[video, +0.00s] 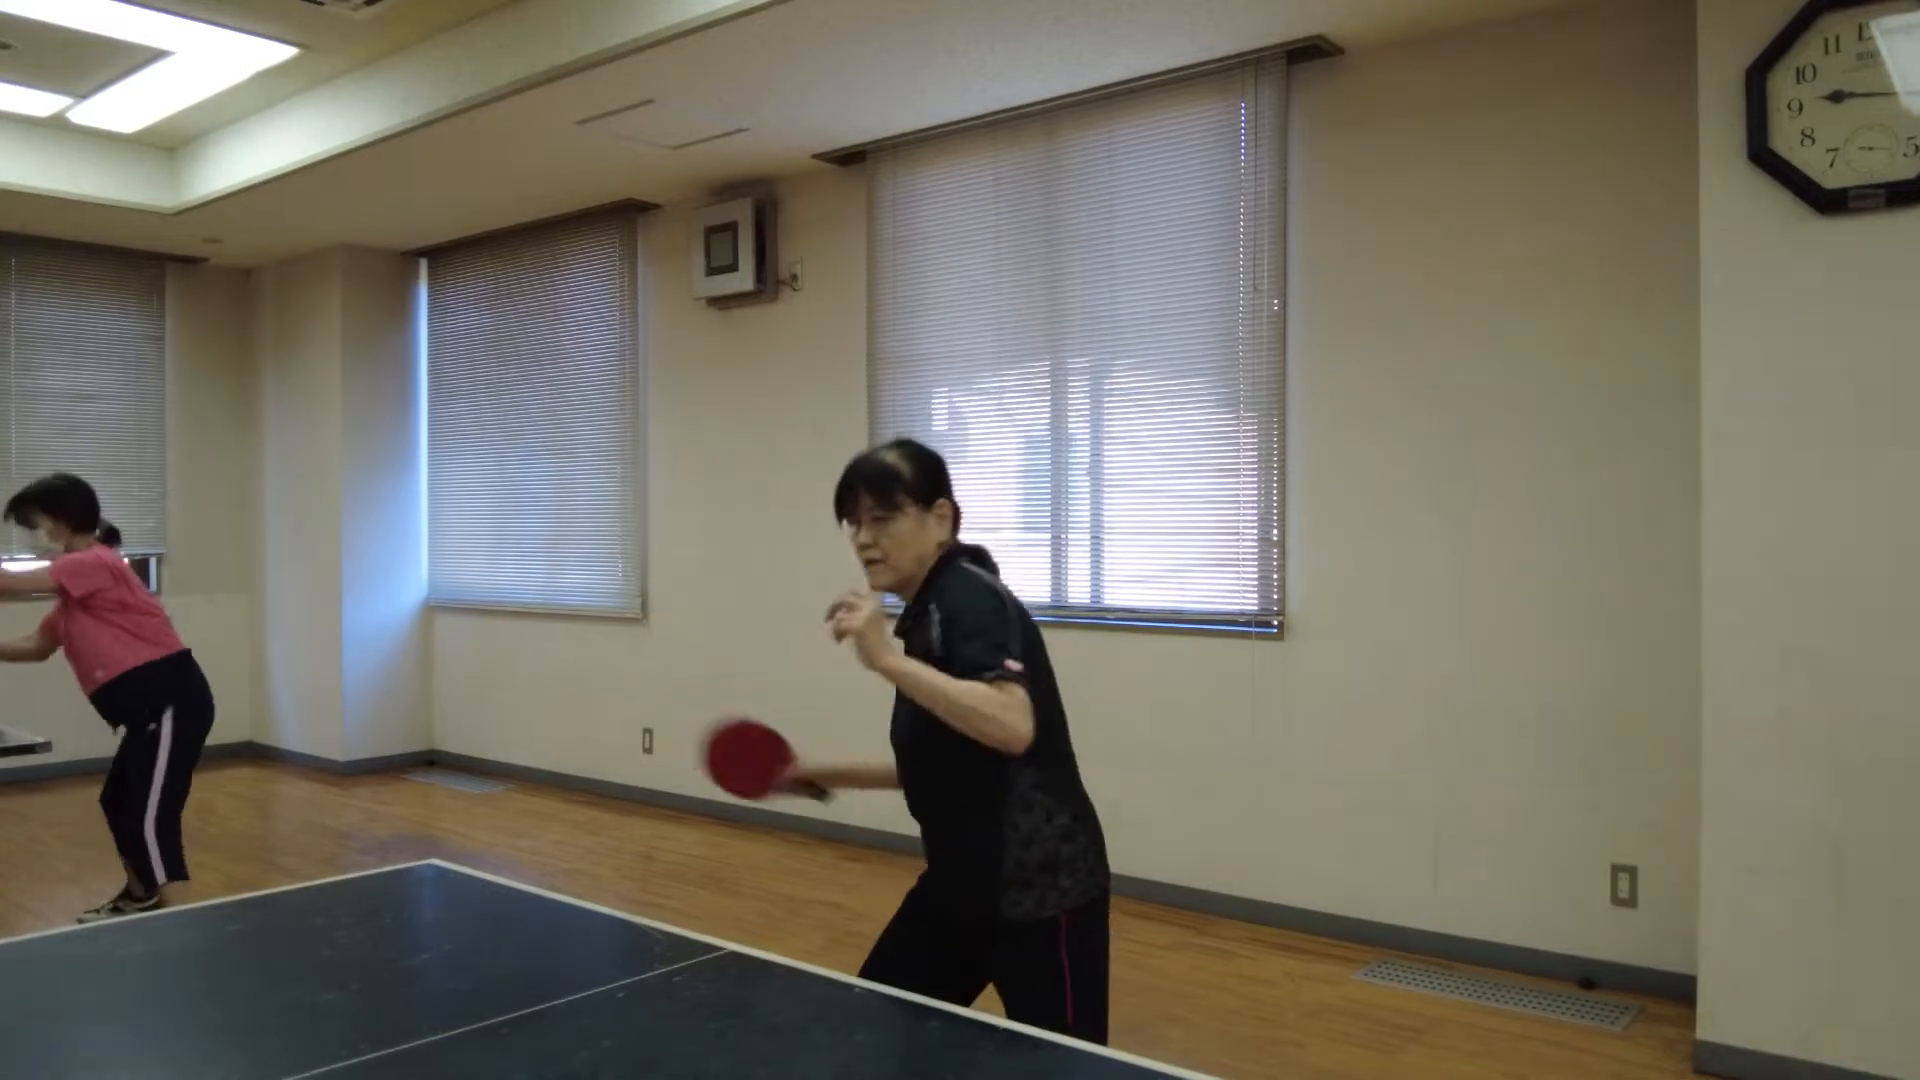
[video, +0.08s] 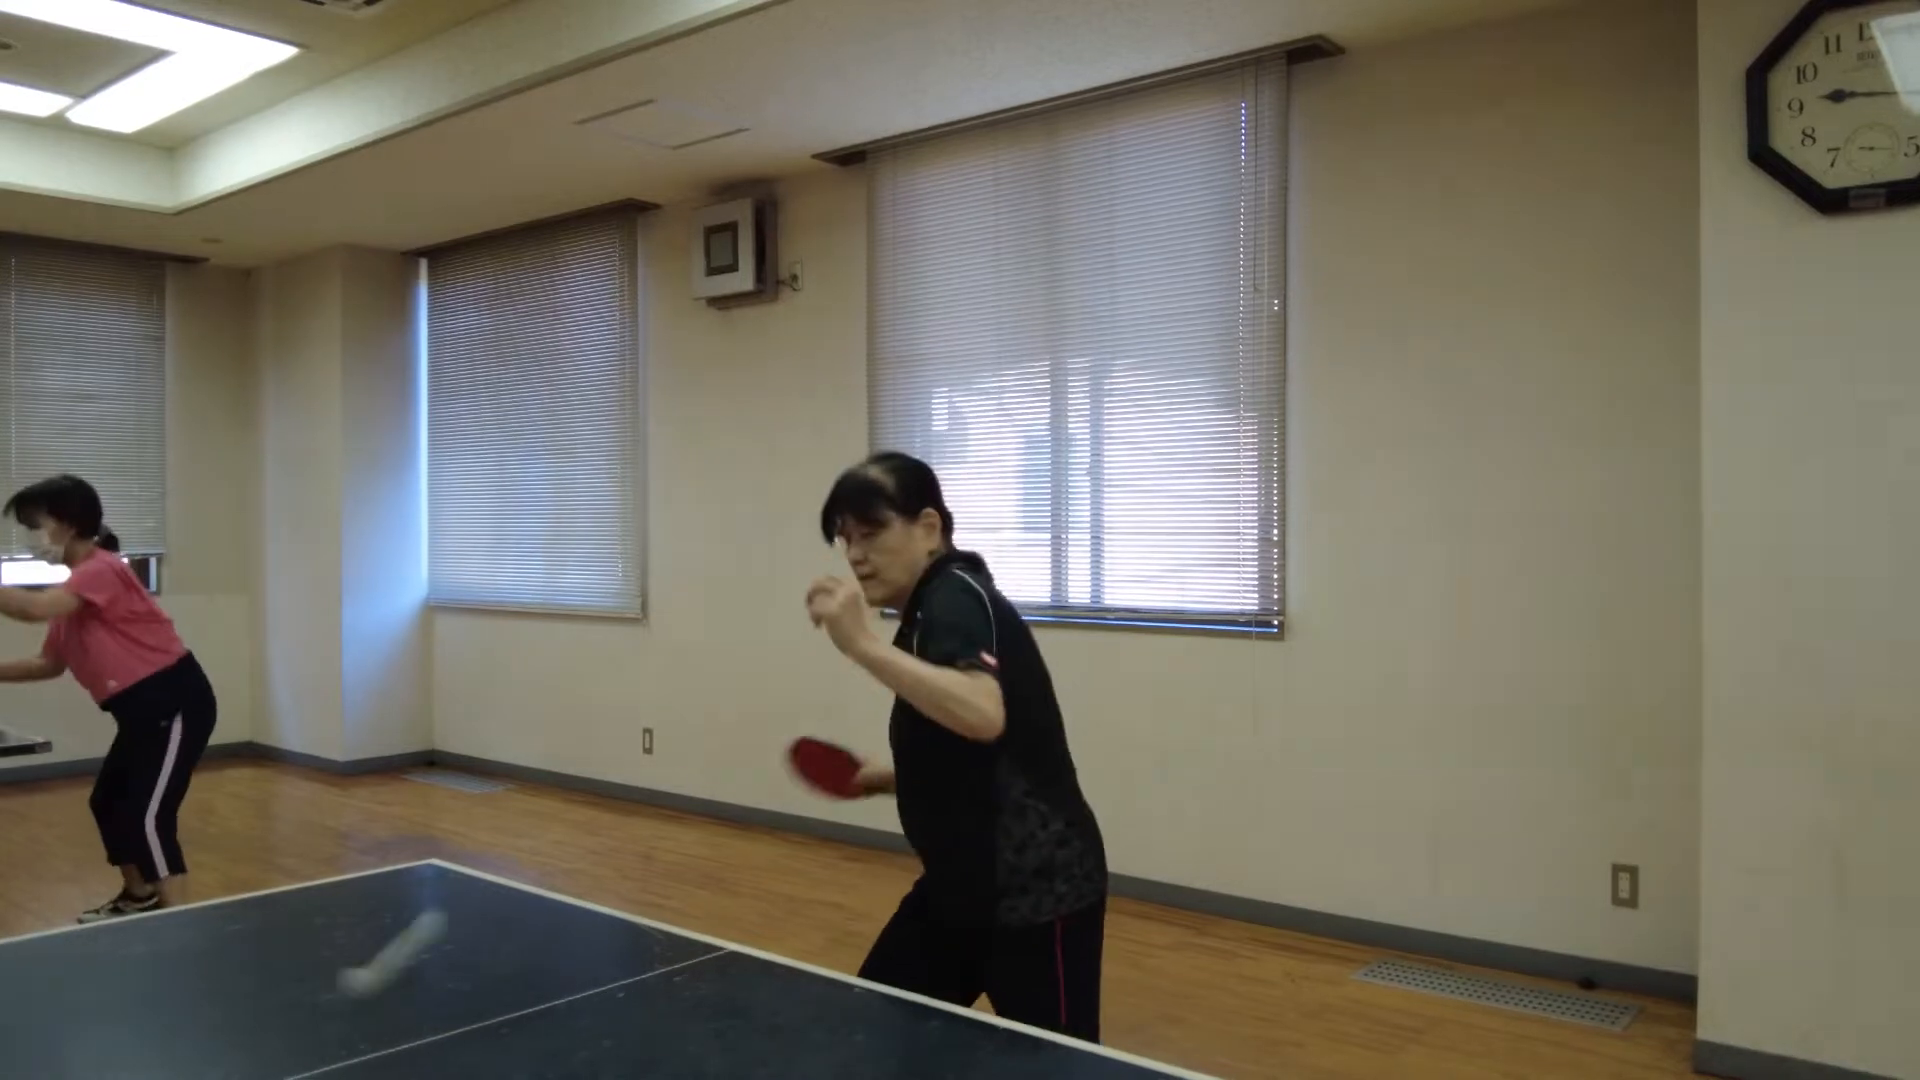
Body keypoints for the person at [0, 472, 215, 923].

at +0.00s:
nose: (39, 534)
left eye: (40, 522)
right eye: (35, 525)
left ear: (65, 517)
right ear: (72, 519)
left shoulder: (97, 562)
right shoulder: (77, 589)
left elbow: (15, 584)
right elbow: (38, 646)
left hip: (174, 697)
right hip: (149, 705)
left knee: (151, 808)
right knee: (118, 799)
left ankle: (172, 912)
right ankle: (140, 894)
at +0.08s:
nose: (35, 538)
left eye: (39, 525)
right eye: (33, 528)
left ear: (70, 522)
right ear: (65, 527)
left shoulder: (103, 568)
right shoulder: (74, 590)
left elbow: (37, 606)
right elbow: (50, 664)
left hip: (176, 700)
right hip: (142, 710)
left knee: (148, 810)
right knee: (108, 802)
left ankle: (173, 914)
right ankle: (138, 894)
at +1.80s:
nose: (23, 580)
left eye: (28, 571)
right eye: (23, 573)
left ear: (55, 571)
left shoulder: (74, 597)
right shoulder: (63, 639)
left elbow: (58, 609)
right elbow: (32, 690)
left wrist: (18, 597)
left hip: (157, 699)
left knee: (85, 803)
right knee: (108, 793)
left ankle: (160, 863)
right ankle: (145, 869)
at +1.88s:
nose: (5, 596)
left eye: (10, 586)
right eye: (4, 588)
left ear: (38, 584)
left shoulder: (48, 609)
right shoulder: (55, 656)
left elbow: (68, 611)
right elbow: (28, 707)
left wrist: (80, 592)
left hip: (144, 700)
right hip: (174, 704)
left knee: (55, 786)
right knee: (107, 789)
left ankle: (100, 868)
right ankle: (147, 877)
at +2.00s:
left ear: (14, 595)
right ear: (16, 596)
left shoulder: (42, 615)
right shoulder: (37, 653)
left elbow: (84, 608)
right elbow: (63, 727)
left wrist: (134, 584)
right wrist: (31, 774)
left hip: (131, 705)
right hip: (160, 709)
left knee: (42, 782)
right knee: (88, 790)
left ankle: (22, 883)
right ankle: (144, 874)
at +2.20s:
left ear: (10, 581)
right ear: (14, 582)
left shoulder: (29, 609)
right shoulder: (23, 627)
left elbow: (60, 624)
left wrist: (93, 607)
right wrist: (34, 744)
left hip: (105, 717)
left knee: (10, 790)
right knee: (52, 806)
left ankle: (11, 885)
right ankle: (135, 860)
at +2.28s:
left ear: (14, 571)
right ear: (17, 572)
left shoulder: (31, 603)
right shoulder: (25, 612)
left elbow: (50, 625)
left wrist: (60, 620)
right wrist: (36, 740)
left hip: (101, 713)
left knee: (9, 788)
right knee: (50, 803)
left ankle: (11, 884)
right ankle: (137, 857)